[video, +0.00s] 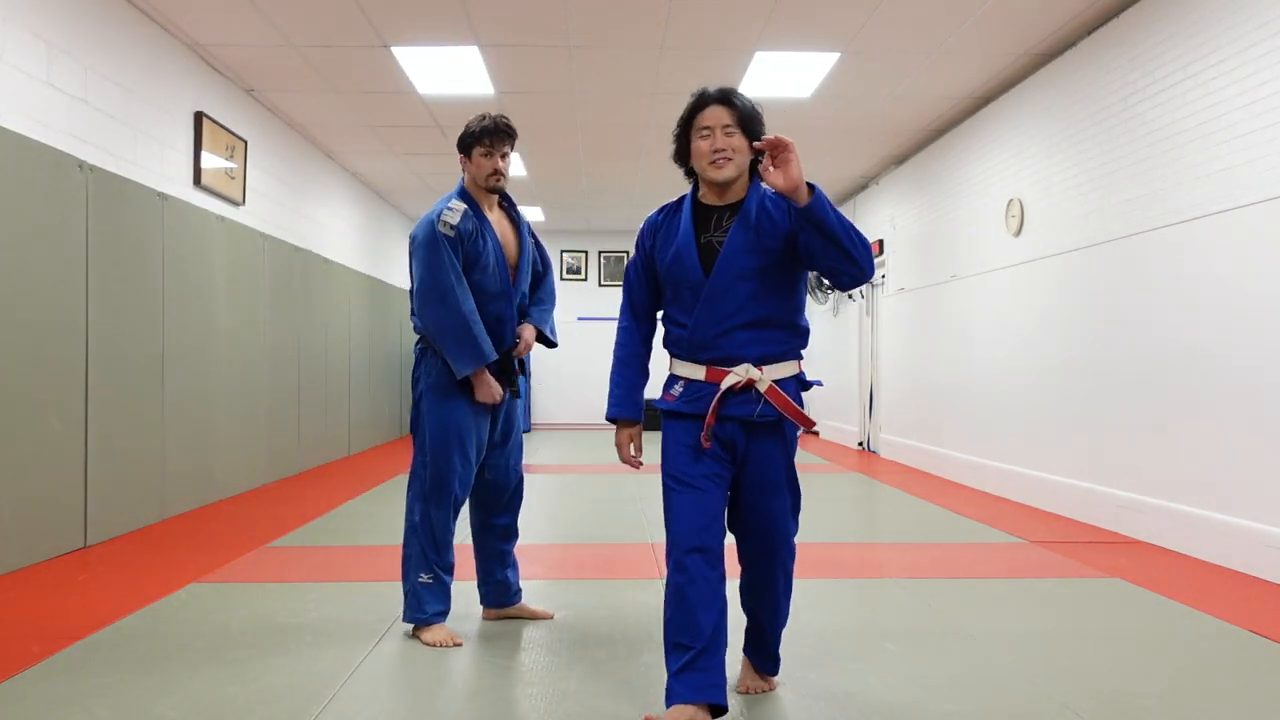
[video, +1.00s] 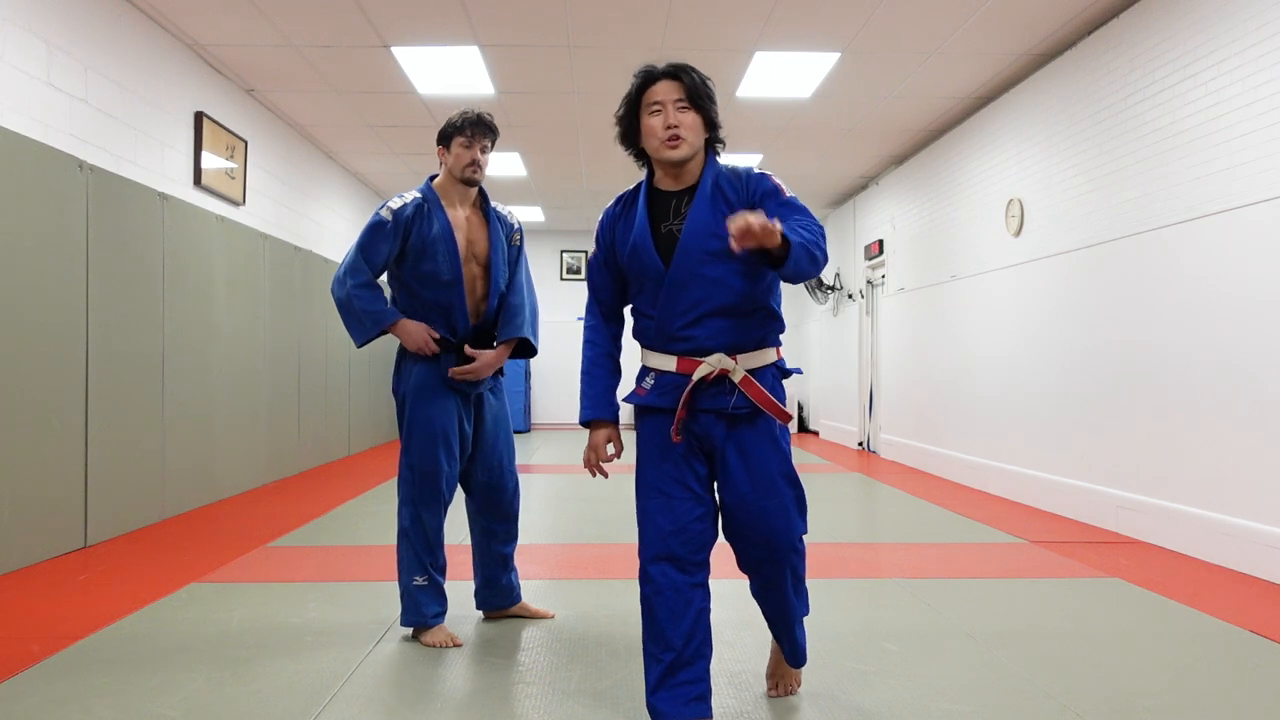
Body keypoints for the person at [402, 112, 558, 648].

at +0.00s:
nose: (499, 164)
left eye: (505, 155)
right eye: (488, 154)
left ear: (511, 161)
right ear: (465, 159)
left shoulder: (516, 222)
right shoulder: (441, 225)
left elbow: (543, 284)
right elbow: (445, 309)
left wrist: (533, 324)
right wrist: (478, 371)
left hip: (506, 374)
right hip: (451, 376)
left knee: (500, 491)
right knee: (439, 495)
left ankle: (500, 598)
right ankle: (424, 614)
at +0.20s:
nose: (483, 163)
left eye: (490, 153)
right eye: (473, 153)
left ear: (496, 159)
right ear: (448, 158)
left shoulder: (507, 219)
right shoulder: (426, 226)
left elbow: (533, 276)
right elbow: (426, 309)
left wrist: (519, 317)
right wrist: (459, 373)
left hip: (492, 374)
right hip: (437, 377)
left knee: (495, 492)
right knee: (428, 496)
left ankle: (500, 598)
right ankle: (422, 616)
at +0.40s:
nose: (473, 160)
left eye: (480, 151)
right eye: (461, 150)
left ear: (487, 158)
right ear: (437, 156)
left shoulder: (501, 217)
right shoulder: (414, 225)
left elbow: (529, 266)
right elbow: (412, 308)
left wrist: (509, 306)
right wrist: (450, 372)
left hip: (483, 370)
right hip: (426, 373)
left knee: (492, 488)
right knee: (422, 496)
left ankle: (500, 598)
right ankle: (421, 617)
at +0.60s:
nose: (469, 158)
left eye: (476, 149)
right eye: (458, 148)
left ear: (483, 157)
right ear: (435, 154)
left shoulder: (496, 220)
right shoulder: (406, 223)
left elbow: (523, 279)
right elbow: (386, 303)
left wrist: (502, 315)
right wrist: (431, 364)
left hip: (482, 376)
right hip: (423, 380)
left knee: (492, 491)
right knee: (422, 497)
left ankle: (500, 597)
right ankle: (421, 616)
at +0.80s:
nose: (471, 155)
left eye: (478, 148)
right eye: (460, 146)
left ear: (485, 158)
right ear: (435, 153)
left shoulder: (498, 221)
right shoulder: (404, 215)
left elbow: (521, 290)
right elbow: (353, 287)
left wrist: (498, 323)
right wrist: (403, 336)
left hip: (484, 374)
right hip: (427, 376)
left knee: (493, 489)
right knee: (425, 496)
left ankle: (499, 598)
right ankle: (422, 616)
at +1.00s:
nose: (477, 155)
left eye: (484, 148)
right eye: (467, 145)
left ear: (490, 159)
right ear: (442, 151)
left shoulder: (503, 225)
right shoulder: (406, 212)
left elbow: (520, 298)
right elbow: (349, 281)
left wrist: (501, 352)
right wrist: (398, 325)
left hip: (487, 370)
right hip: (428, 369)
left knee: (498, 487)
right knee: (427, 491)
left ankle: (500, 598)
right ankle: (423, 615)